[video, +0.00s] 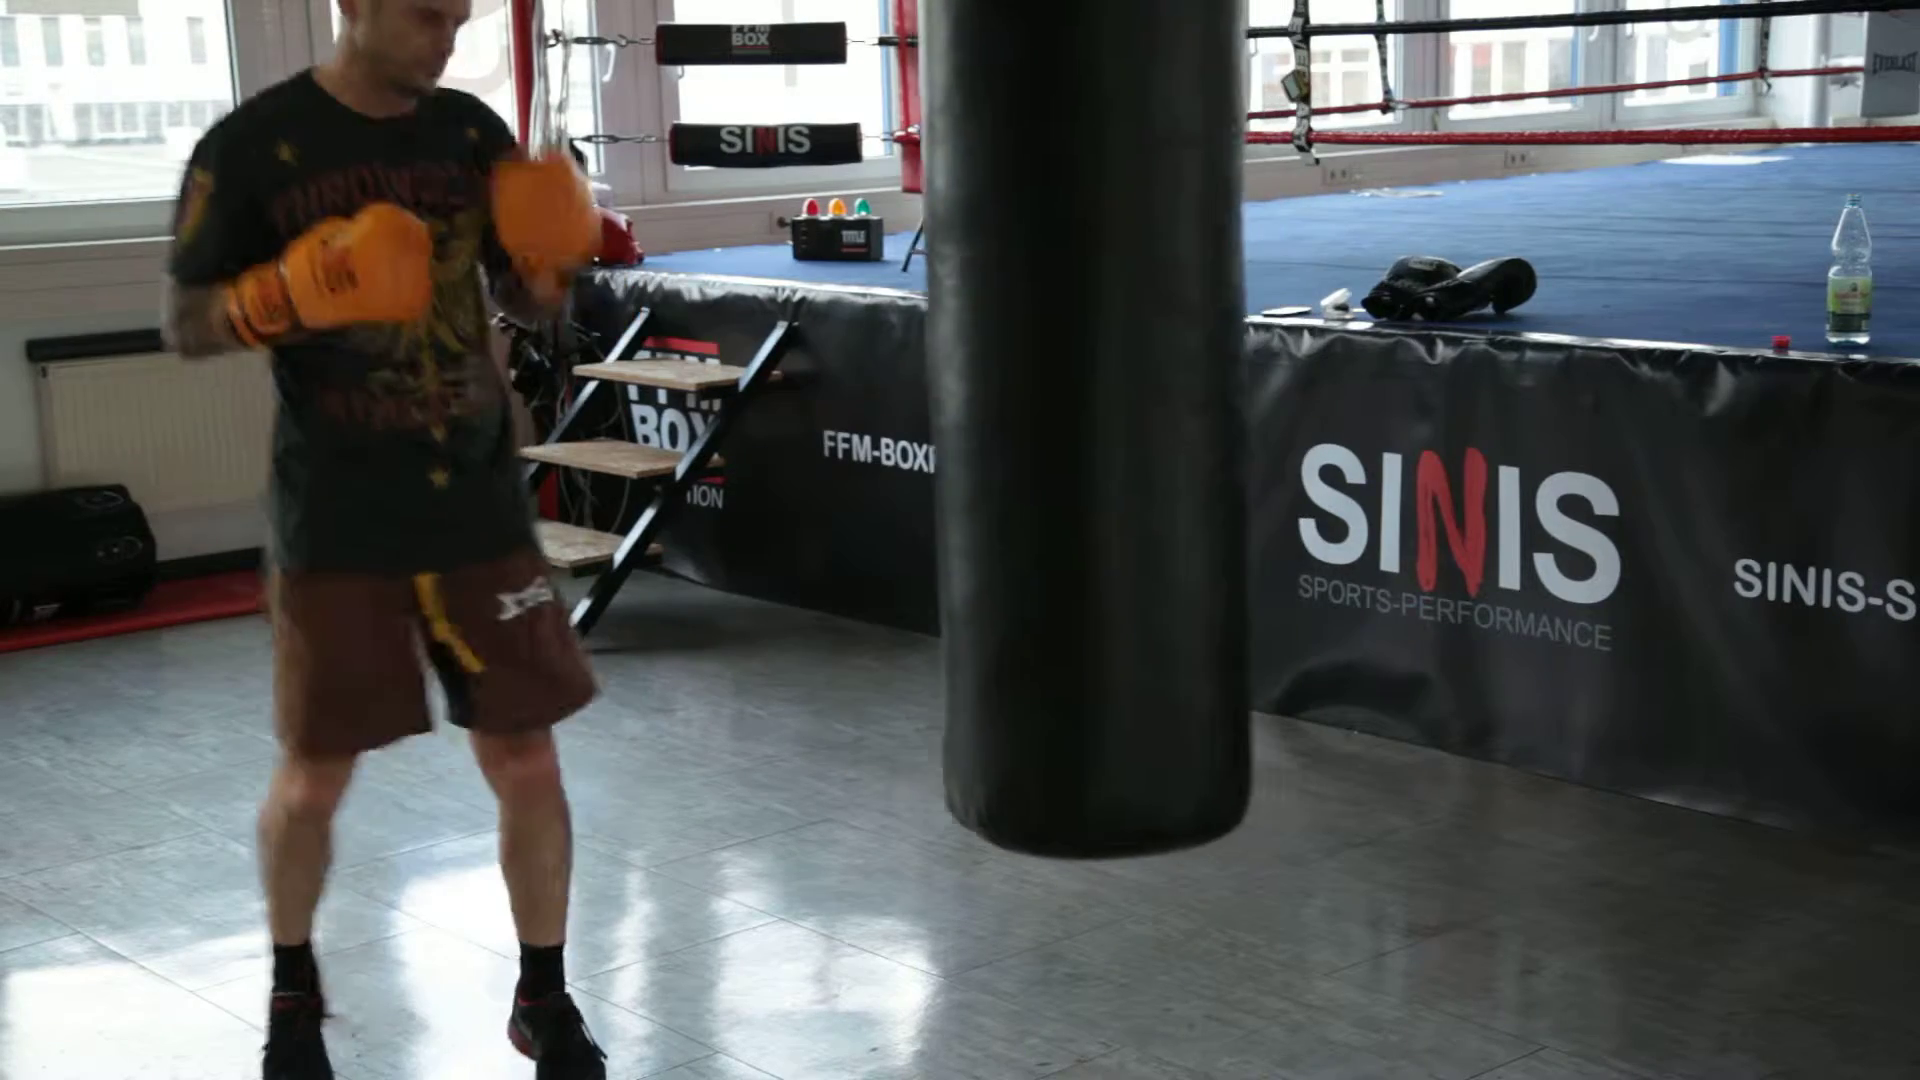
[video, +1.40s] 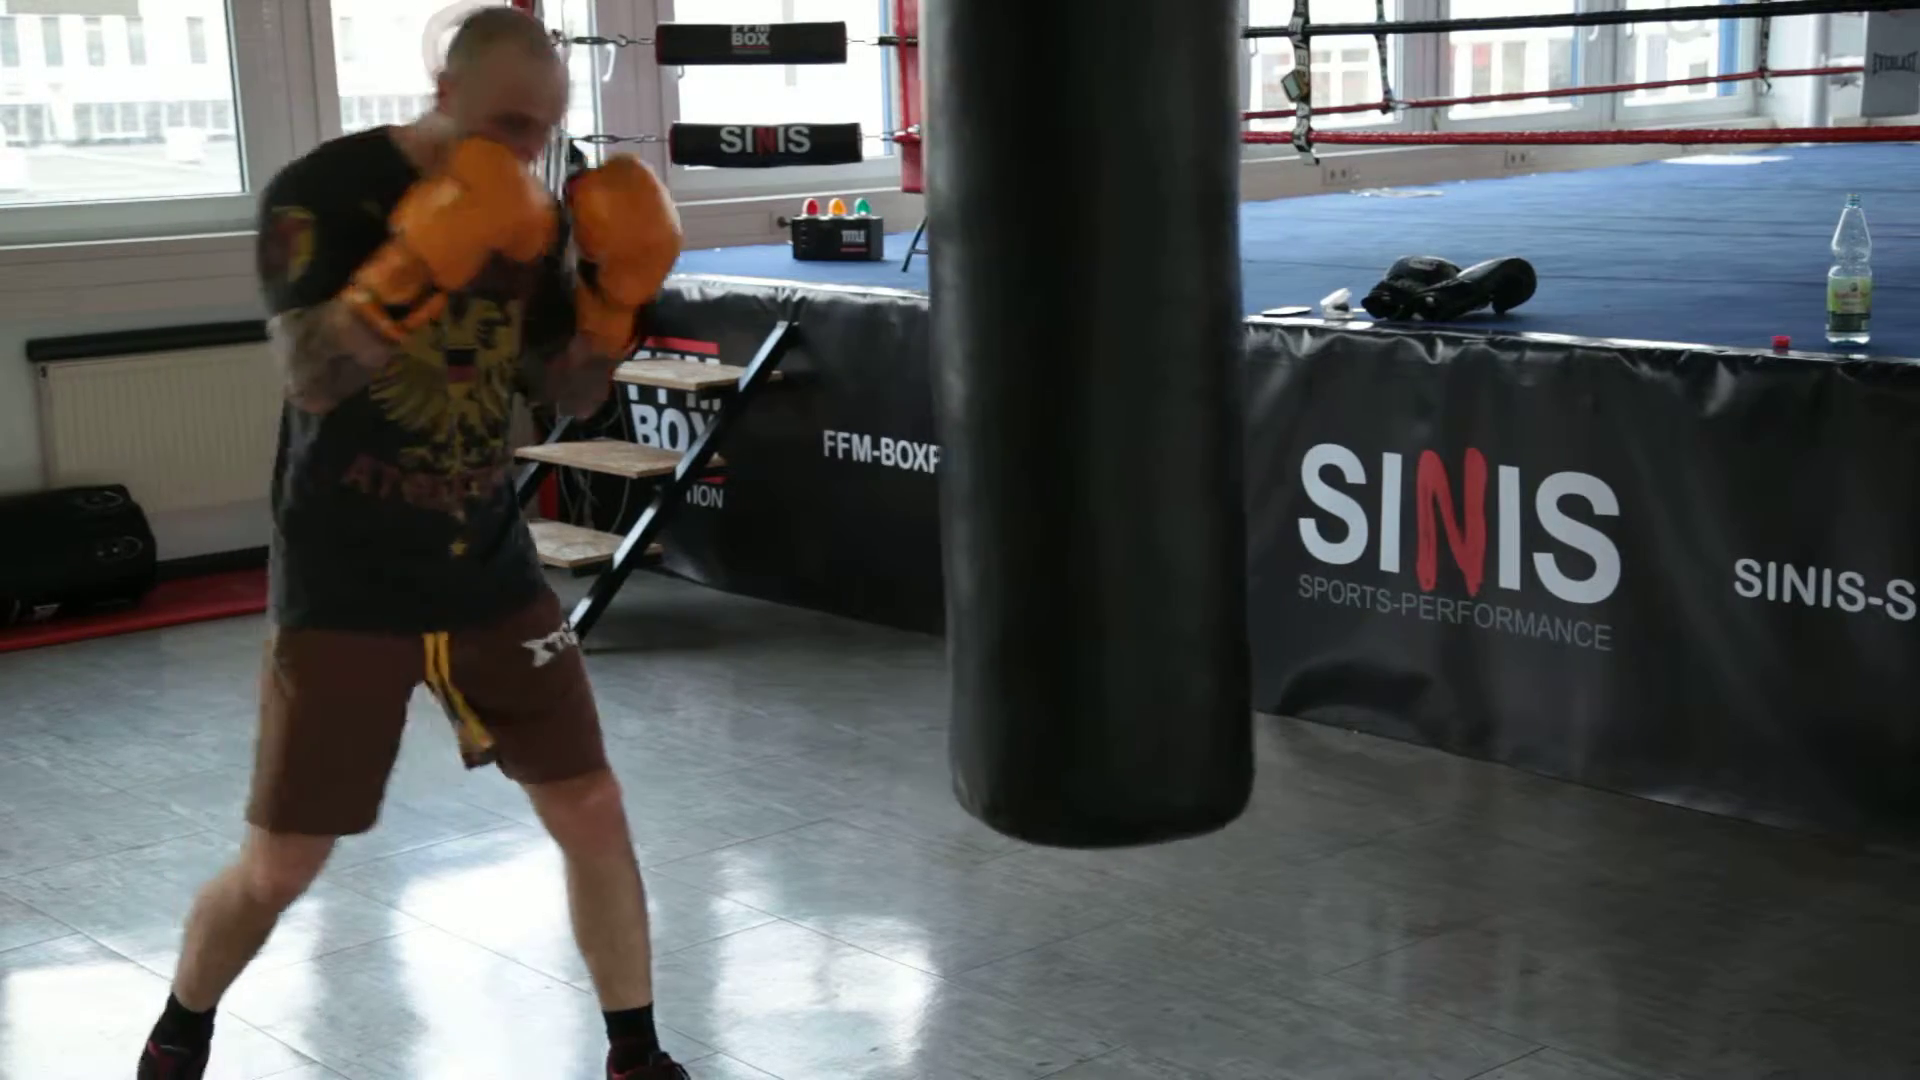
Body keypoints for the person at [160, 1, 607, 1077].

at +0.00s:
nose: (449, 30)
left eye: (459, 13)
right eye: (429, 10)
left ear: (462, 19)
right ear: (355, 6)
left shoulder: (476, 134)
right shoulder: (249, 145)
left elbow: (535, 308)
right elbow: (188, 323)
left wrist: (550, 259)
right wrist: (292, 290)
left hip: (478, 497)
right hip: (336, 509)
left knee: (526, 760)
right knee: (312, 780)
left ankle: (545, 998)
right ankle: (295, 1003)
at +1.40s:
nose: (519, 155)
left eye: (538, 134)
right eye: (503, 128)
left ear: (550, 123)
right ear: (440, 93)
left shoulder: (537, 218)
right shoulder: (320, 195)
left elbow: (561, 398)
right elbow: (311, 378)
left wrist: (618, 296)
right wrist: (418, 263)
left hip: (490, 561)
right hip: (345, 569)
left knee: (592, 812)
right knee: (283, 862)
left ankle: (637, 1057)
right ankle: (178, 1041)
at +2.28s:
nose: (533, 133)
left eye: (549, 110)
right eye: (513, 107)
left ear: (560, 97)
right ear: (440, 80)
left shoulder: (532, 214)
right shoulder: (321, 202)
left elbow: (571, 404)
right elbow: (305, 385)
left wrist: (632, 325)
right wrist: (432, 279)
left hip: (502, 560)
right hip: (352, 572)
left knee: (608, 823)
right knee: (269, 867)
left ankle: (638, 1063)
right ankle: (172, 1053)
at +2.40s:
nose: (530, 122)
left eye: (547, 98)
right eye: (509, 95)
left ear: (557, 85)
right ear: (434, 71)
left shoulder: (545, 202)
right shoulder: (312, 191)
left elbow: (559, 402)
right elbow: (284, 388)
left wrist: (611, 313)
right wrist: (403, 280)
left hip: (496, 560)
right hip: (341, 565)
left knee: (588, 834)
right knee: (248, 867)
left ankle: (636, 1063)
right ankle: (179, 1075)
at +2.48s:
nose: (492, 130)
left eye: (512, 106)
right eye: (471, 104)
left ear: (531, 88)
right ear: (402, 74)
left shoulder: (519, 198)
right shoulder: (285, 195)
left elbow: (582, 391)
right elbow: (263, 395)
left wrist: (593, 282)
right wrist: (369, 278)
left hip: (485, 575)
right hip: (327, 583)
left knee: (596, 840)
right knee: (245, 888)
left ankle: (636, 1062)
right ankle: (190, 1075)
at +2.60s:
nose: (442, 157)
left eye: (455, 130)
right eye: (417, 131)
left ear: (469, 113)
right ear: (339, 105)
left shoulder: (485, 214)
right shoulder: (244, 231)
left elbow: (575, 403)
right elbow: (238, 438)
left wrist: (565, 327)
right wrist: (327, 326)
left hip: (484, 596)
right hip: (317, 617)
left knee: (622, 833)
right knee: (239, 902)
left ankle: (647, 1059)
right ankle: (192, 1078)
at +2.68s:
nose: (431, 171)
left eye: (447, 142)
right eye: (404, 146)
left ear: (462, 125)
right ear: (326, 119)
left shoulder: (494, 220)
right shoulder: (239, 236)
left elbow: (585, 400)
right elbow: (227, 451)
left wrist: (563, 335)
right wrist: (304, 364)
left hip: (498, 589)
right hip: (330, 604)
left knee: (621, 849)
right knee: (247, 895)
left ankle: (686, 1069)